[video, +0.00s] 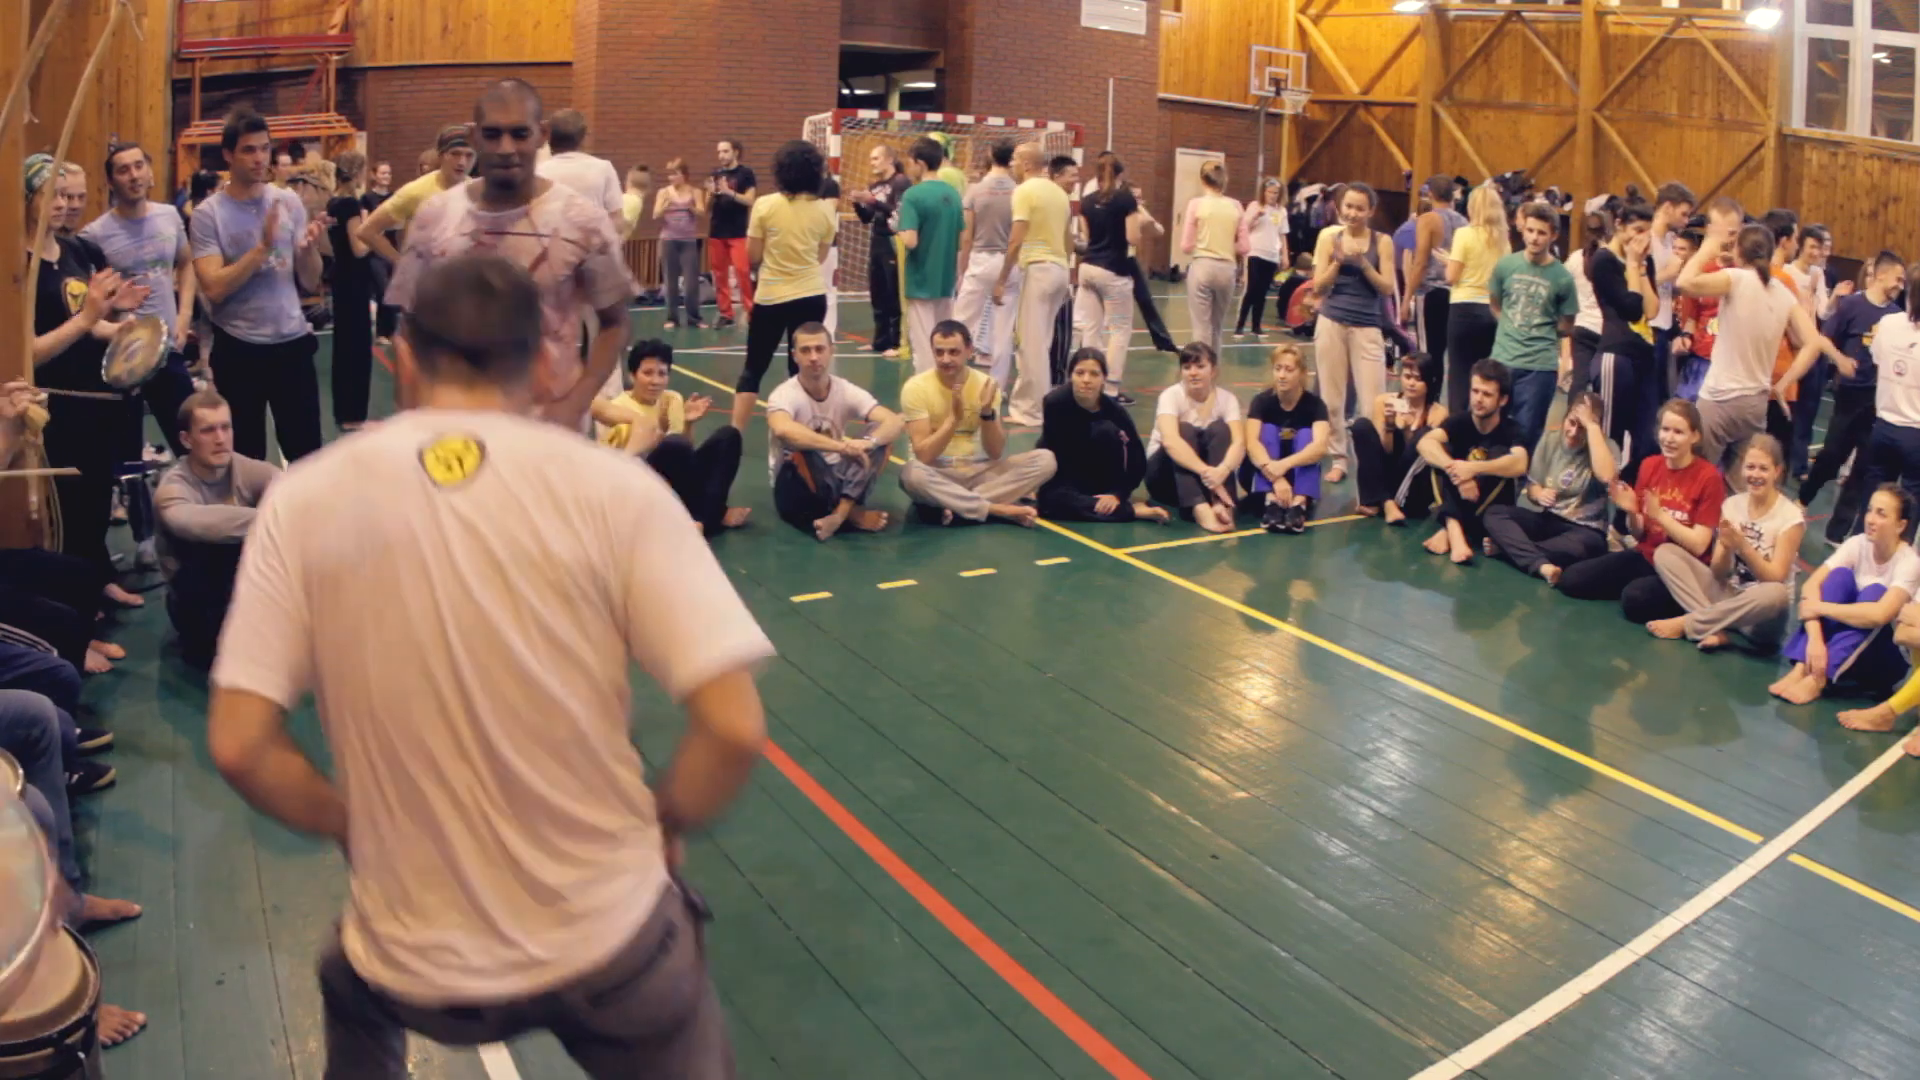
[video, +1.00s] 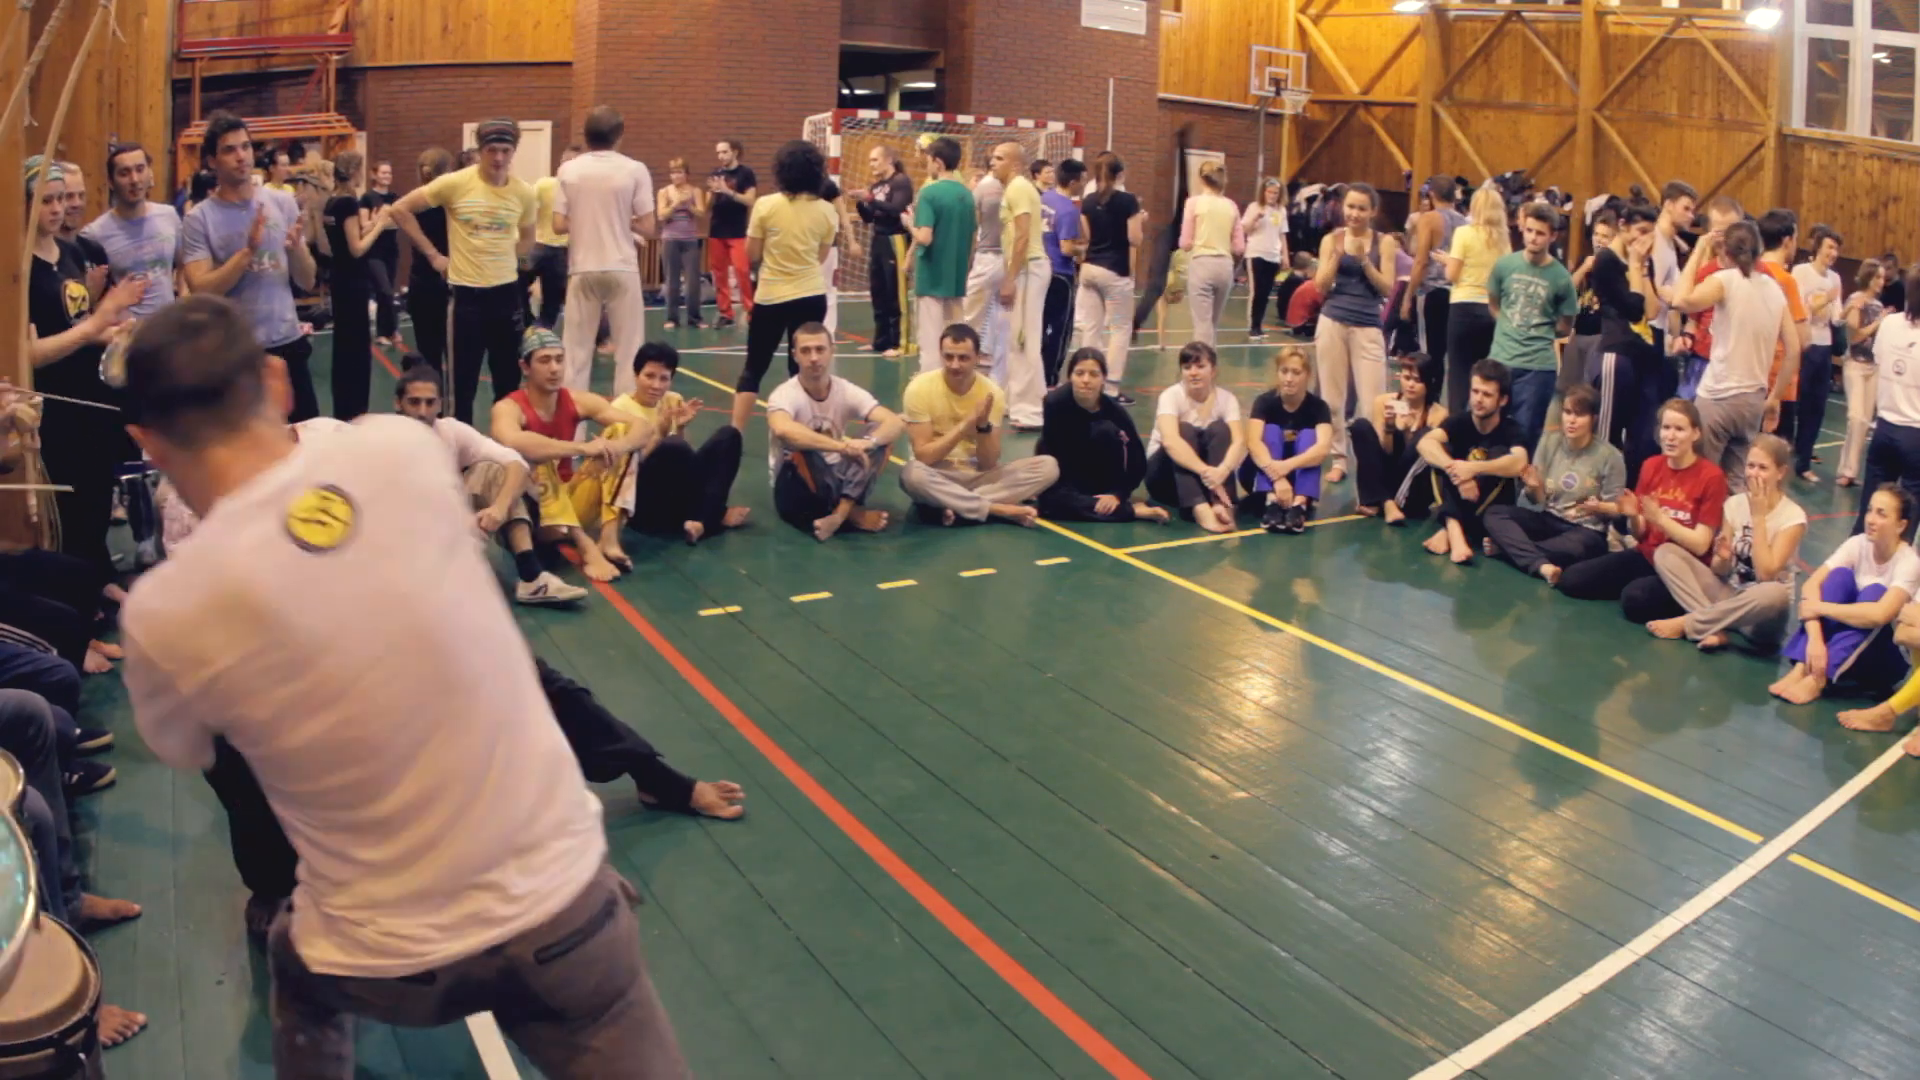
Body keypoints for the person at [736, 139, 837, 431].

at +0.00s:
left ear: (779, 171)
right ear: (817, 172)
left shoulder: (764, 206)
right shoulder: (825, 209)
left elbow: (754, 255)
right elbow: (822, 255)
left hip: (771, 301)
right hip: (811, 298)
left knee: (753, 369)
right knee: (804, 369)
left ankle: (734, 438)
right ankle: (806, 436)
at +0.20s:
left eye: (778, 166)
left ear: (779, 171)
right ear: (817, 172)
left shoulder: (765, 206)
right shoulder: (826, 209)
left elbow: (755, 254)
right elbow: (821, 254)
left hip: (771, 300)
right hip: (811, 298)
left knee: (753, 369)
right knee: (804, 369)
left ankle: (734, 439)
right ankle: (806, 438)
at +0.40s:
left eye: (778, 167)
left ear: (779, 172)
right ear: (817, 172)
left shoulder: (765, 206)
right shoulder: (826, 209)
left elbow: (755, 255)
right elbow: (822, 256)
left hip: (771, 301)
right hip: (811, 298)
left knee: (753, 370)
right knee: (804, 369)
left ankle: (733, 439)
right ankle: (807, 438)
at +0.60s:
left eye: (778, 167)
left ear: (780, 171)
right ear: (818, 172)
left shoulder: (765, 205)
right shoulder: (826, 210)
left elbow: (755, 252)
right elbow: (822, 255)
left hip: (771, 300)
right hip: (812, 298)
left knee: (753, 369)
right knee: (805, 368)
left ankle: (733, 438)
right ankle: (807, 437)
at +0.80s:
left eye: (779, 167)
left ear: (780, 171)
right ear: (817, 172)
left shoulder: (765, 205)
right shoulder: (826, 210)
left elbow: (754, 252)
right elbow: (822, 255)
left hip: (771, 300)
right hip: (811, 298)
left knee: (753, 369)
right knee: (804, 368)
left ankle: (733, 438)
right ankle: (806, 437)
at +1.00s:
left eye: (778, 166)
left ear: (779, 171)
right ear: (817, 172)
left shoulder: (765, 205)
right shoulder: (827, 211)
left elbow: (753, 252)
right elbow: (822, 255)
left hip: (771, 300)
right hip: (811, 298)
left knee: (753, 369)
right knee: (804, 368)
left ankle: (734, 438)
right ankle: (807, 437)